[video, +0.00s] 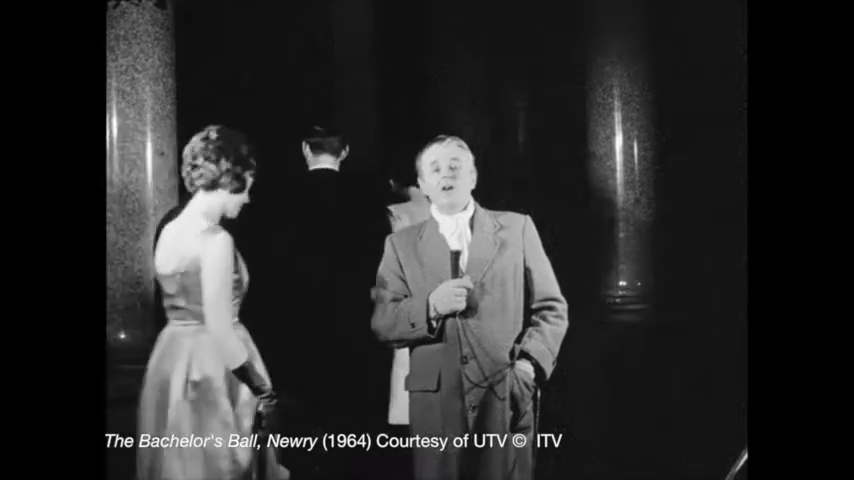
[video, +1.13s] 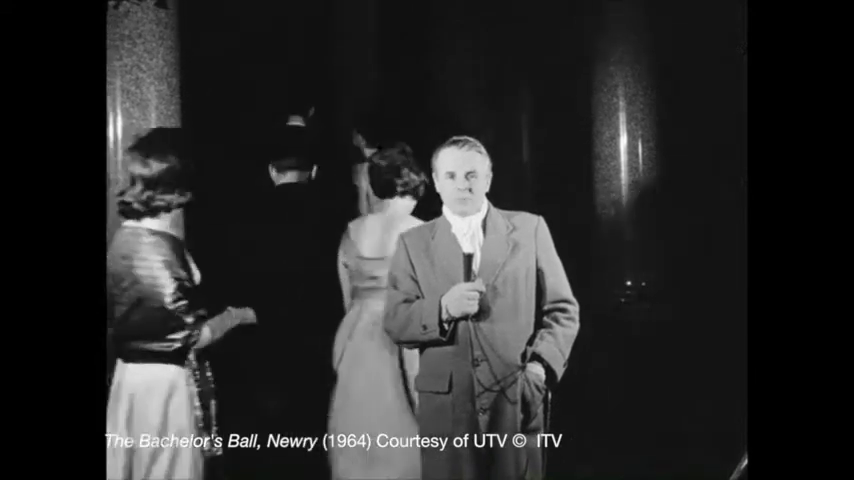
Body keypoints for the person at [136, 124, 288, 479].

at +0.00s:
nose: (247, 199)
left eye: (248, 188)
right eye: (245, 188)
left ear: (204, 179)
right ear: (223, 181)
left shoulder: (169, 232)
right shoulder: (216, 240)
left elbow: (178, 311)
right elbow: (220, 327)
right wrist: (262, 387)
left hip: (172, 347)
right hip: (209, 354)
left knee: (176, 455)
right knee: (216, 456)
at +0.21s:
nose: (286, 188)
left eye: (286, 177)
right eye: (282, 176)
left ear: (251, 173)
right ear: (256, 173)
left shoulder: (209, 229)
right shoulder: (251, 232)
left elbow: (219, 309)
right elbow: (254, 320)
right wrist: (297, 373)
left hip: (212, 348)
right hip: (247, 354)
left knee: (216, 457)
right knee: (256, 458)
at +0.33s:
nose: (305, 190)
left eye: (305, 179)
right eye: (301, 178)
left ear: (271, 178)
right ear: (275, 177)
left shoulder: (229, 232)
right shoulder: (278, 235)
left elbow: (239, 307)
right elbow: (280, 318)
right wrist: (320, 373)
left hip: (231, 349)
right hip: (269, 353)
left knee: (236, 453)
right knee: (276, 455)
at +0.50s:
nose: (330, 189)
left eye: (330, 180)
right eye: (325, 181)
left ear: (292, 180)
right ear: (301, 181)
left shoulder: (260, 233)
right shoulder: (313, 237)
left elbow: (267, 305)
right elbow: (323, 319)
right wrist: (347, 359)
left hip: (265, 346)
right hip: (305, 351)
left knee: (265, 448)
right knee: (308, 454)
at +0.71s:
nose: (364, 187)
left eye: (365, 178)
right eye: (362, 178)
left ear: (323, 173)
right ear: (345, 175)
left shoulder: (291, 225)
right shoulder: (354, 225)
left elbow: (296, 295)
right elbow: (367, 297)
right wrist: (385, 347)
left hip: (299, 331)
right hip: (343, 333)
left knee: (296, 429)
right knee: (342, 433)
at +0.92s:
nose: (397, 191)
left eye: (396, 184)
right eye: (396, 184)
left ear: (351, 180)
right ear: (391, 183)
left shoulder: (321, 229)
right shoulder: (395, 233)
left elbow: (319, 293)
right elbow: (407, 293)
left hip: (327, 332)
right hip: (374, 334)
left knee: (326, 423)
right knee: (377, 427)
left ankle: (326, 475)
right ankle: (375, 475)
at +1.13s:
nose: (419, 195)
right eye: (417, 189)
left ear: (376, 188)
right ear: (413, 188)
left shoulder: (353, 230)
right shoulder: (417, 231)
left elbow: (347, 293)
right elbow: (422, 295)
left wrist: (354, 328)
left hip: (357, 334)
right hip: (398, 335)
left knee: (355, 419)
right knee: (399, 423)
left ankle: (355, 473)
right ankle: (399, 474)